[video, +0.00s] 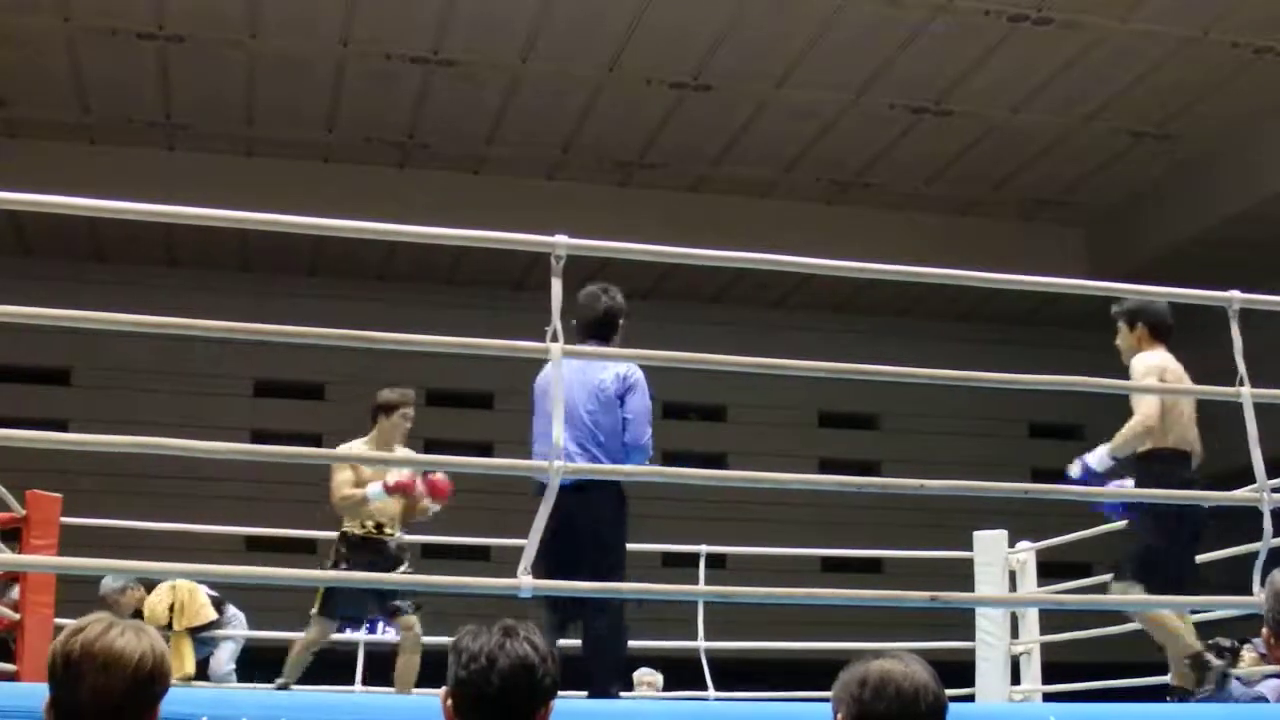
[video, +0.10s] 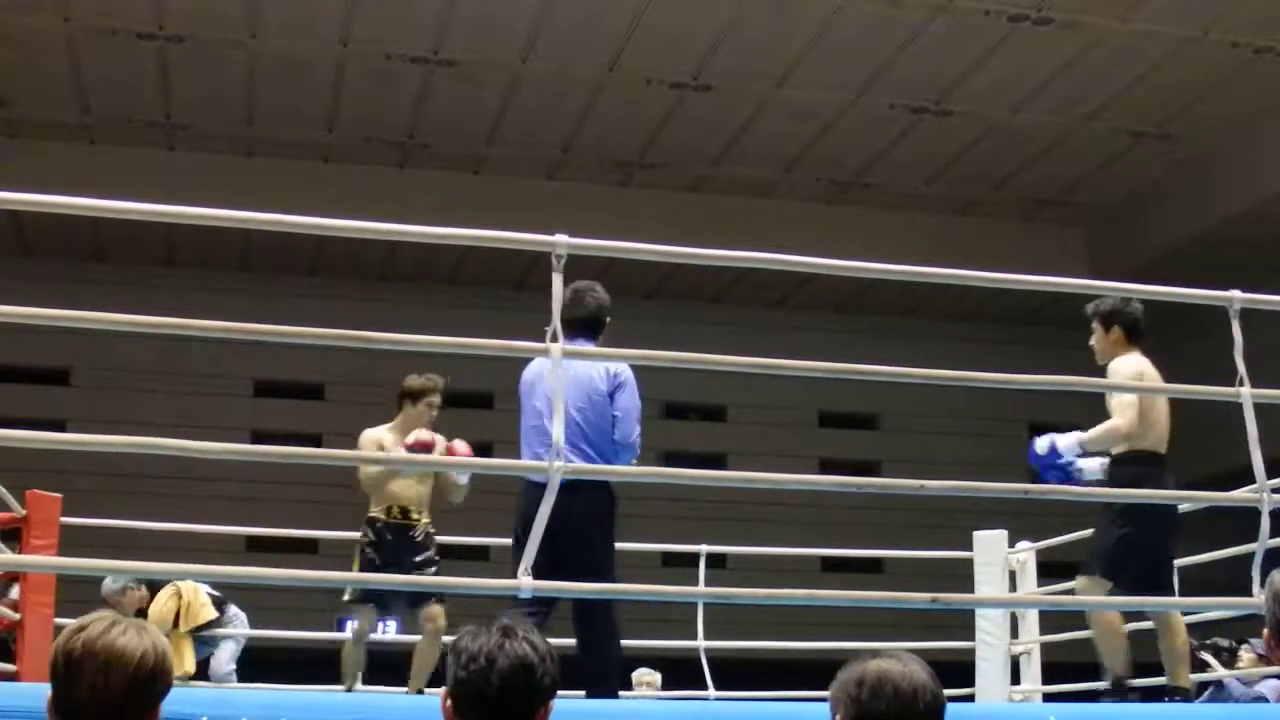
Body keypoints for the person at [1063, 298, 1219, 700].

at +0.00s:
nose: (1117, 341)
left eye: (1120, 331)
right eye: (1116, 332)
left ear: (1140, 330)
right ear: (1155, 332)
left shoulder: (1146, 362)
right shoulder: (1178, 371)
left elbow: (1146, 420)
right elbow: (1192, 451)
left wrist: (1099, 457)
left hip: (1157, 471)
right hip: (1182, 475)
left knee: (1126, 586)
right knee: (1169, 588)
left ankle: (1199, 657)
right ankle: (1182, 685)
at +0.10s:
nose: (1090, 341)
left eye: (1095, 332)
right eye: (1091, 332)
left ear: (1115, 332)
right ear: (1123, 334)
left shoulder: (1124, 367)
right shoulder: (1146, 371)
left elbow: (1125, 424)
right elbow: (1140, 449)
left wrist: (1065, 442)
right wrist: (1084, 469)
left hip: (1133, 488)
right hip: (1156, 489)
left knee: (1092, 586)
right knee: (1161, 599)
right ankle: (1182, 695)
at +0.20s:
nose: (1063, 346)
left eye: (1068, 337)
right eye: (1064, 338)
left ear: (1089, 338)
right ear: (1098, 339)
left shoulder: (1098, 376)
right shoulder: (1119, 377)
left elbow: (1099, 437)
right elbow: (1118, 450)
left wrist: (1044, 434)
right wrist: (1050, 451)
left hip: (1106, 489)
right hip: (1125, 490)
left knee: (1074, 596)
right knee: (1138, 600)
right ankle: (1176, 692)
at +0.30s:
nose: (1033, 351)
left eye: (1038, 343)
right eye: (1034, 342)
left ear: (1059, 345)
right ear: (1064, 345)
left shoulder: (1074, 385)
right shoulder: (1087, 383)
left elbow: (1067, 451)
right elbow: (1081, 449)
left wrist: (1017, 434)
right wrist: (1028, 434)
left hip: (1075, 509)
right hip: (1090, 508)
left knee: (1040, 603)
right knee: (1093, 607)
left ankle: (1030, 700)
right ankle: (1159, 686)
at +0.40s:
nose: (1004, 354)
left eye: (1009, 345)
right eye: (1004, 345)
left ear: (1030, 347)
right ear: (1036, 347)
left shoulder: (1045, 390)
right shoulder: (1062, 388)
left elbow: (1035, 455)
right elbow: (1048, 452)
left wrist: (991, 436)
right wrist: (1001, 433)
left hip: (1047, 509)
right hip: (1062, 507)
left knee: (1016, 603)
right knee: (1038, 609)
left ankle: (1027, 698)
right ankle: (1113, 667)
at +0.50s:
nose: (979, 354)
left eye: (982, 345)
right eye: (979, 345)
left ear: (1003, 346)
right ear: (1012, 345)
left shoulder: (1022, 385)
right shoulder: (1034, 383)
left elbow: (1009, 449)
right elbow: (1025, 444)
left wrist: (965, 430)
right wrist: (983, 428)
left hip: (1028, 503)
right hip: (1030, 501)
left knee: (1002, 601)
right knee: (990, 598)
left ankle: (1027, 694)